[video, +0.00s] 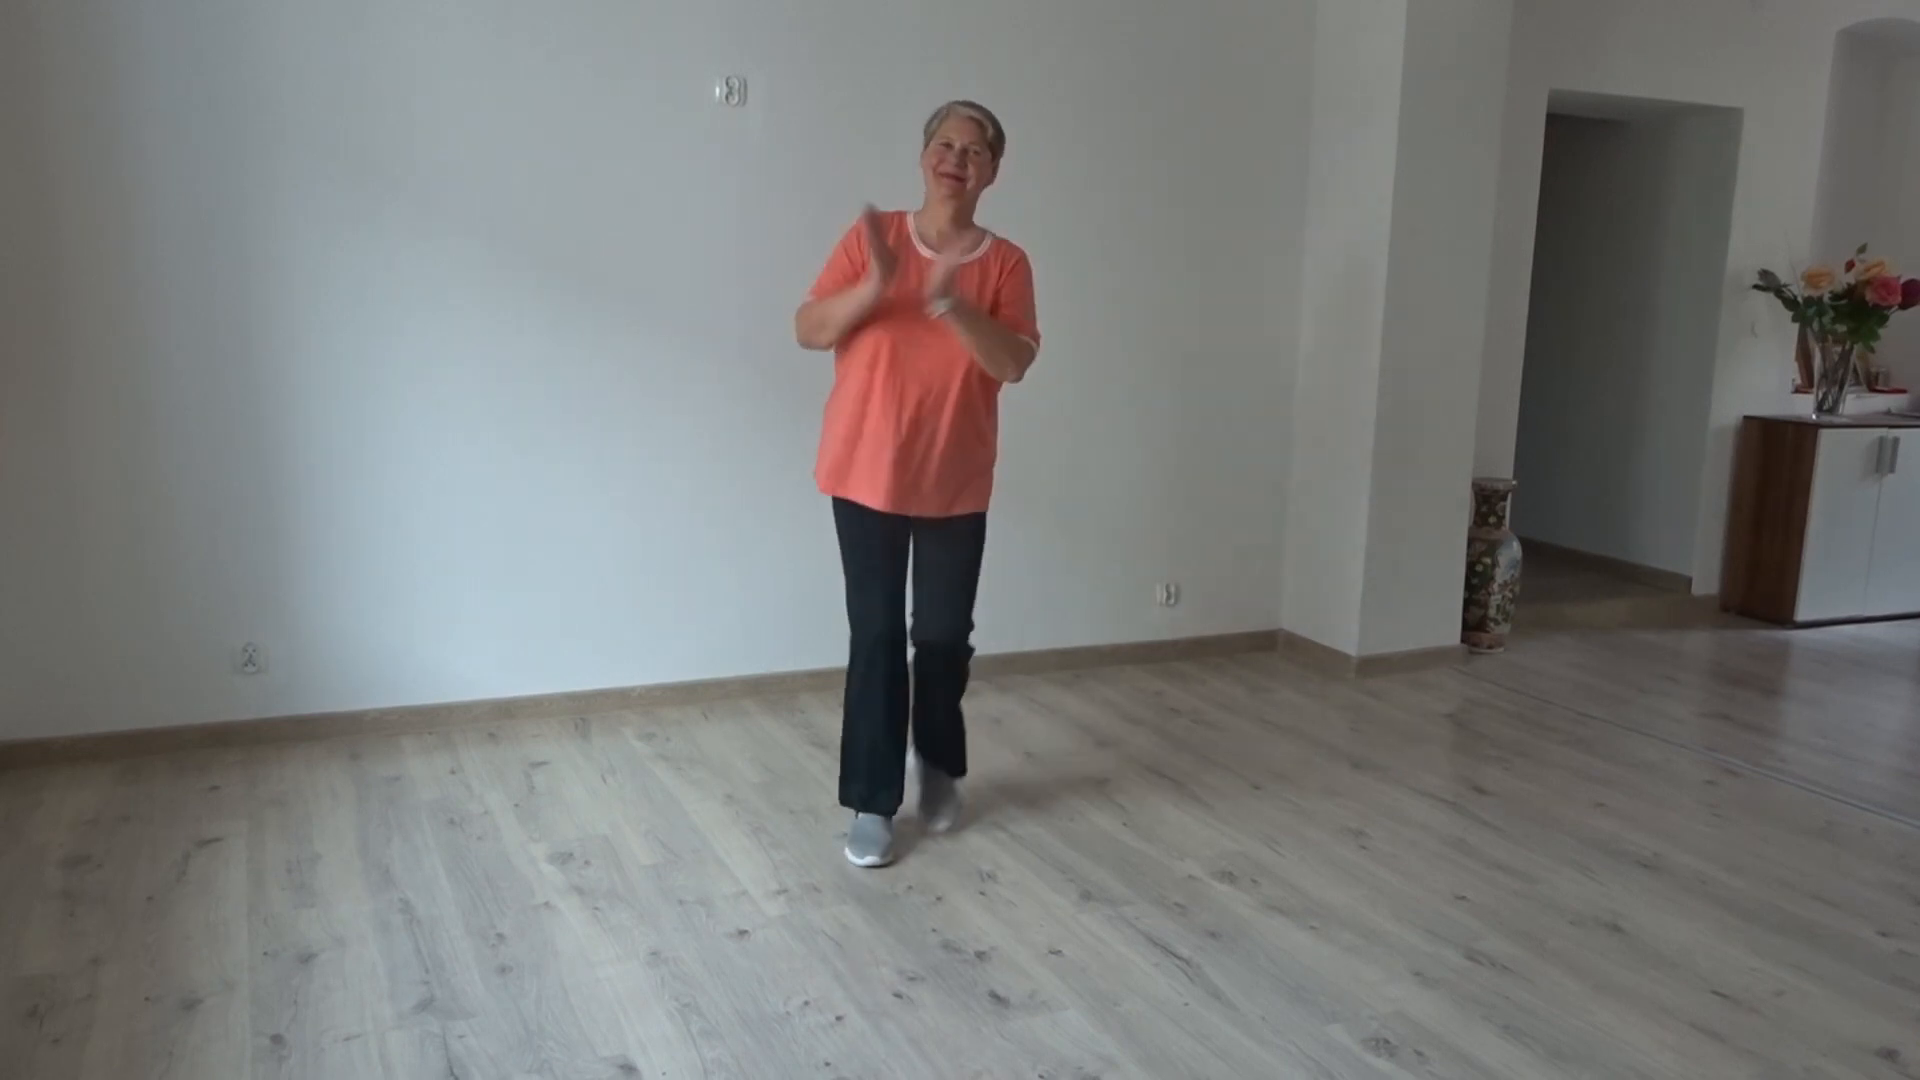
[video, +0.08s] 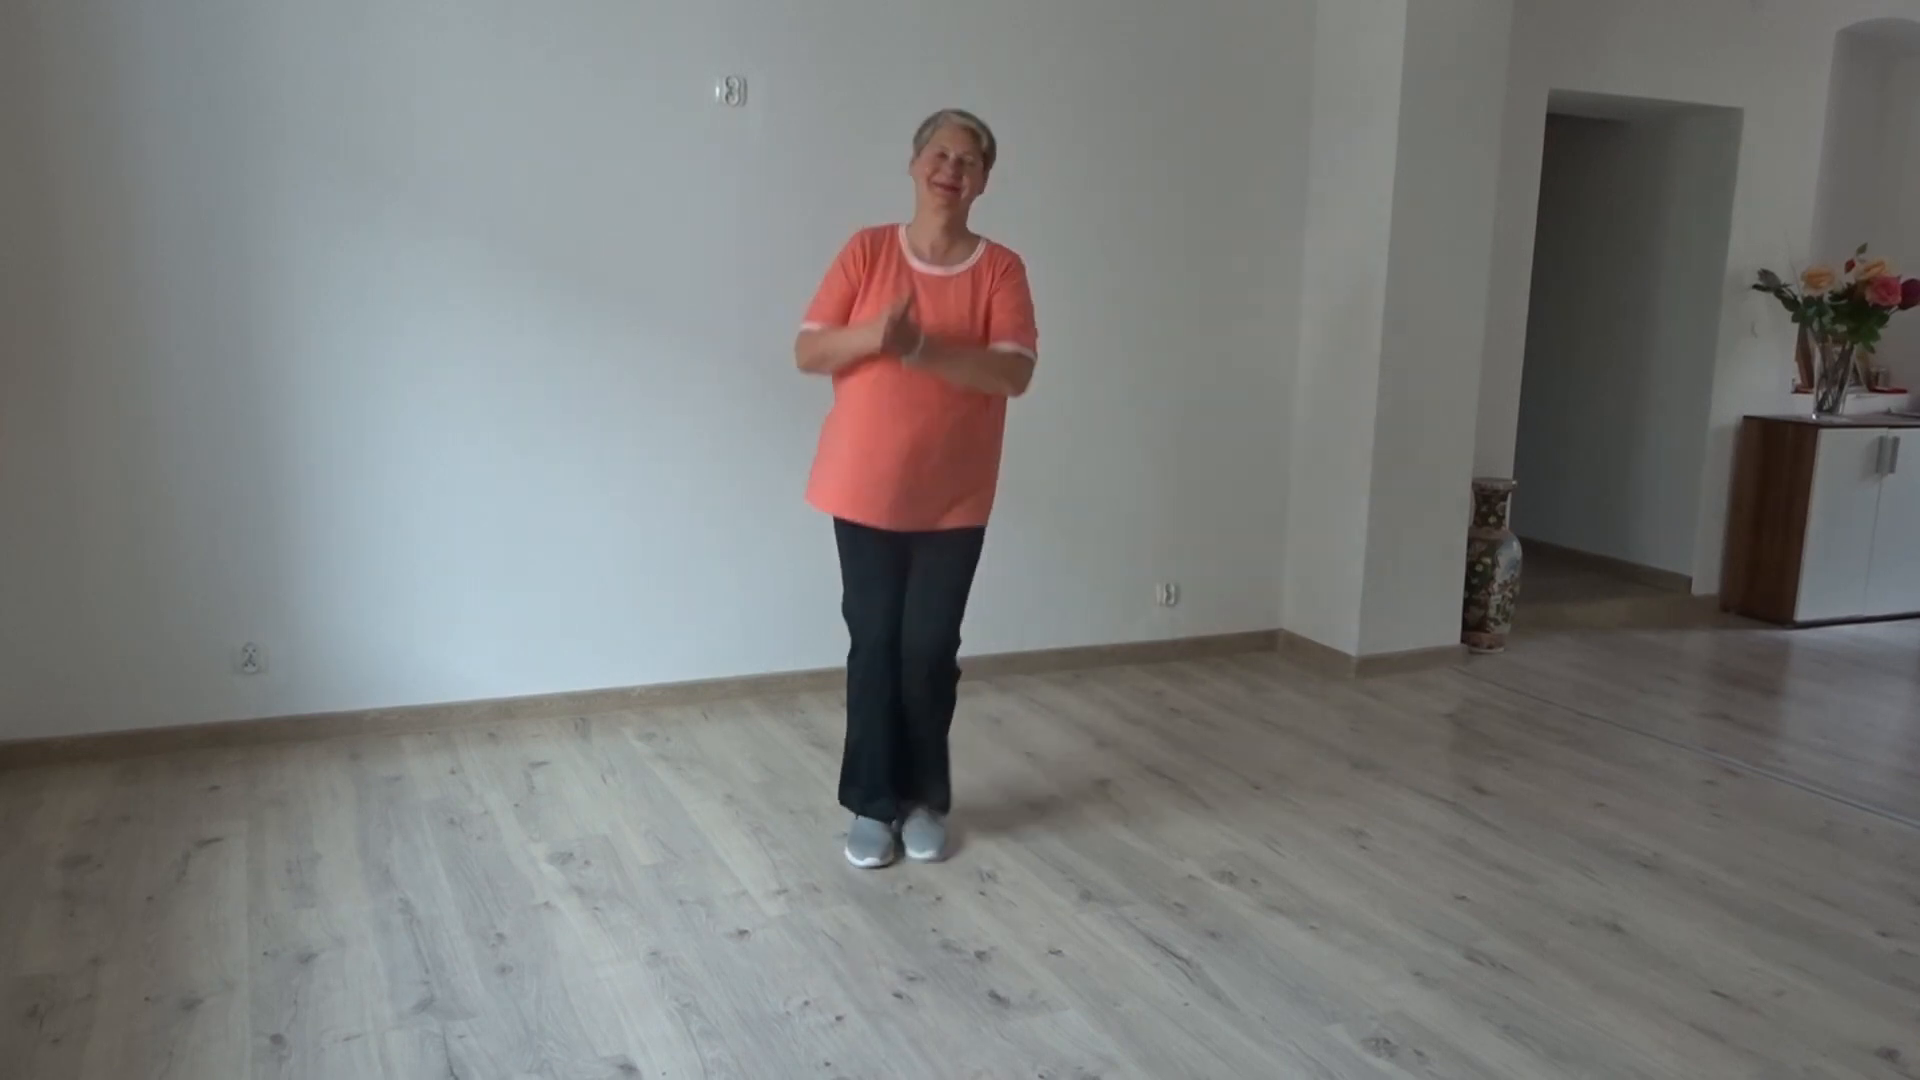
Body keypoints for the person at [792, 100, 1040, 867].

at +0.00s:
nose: (955, 159)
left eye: (973, 151)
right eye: (945, 146)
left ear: (993, 171)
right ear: (922, 156)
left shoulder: (1003, 261)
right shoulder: (874, 235)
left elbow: (1012, 364)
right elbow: (810, 328)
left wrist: (957, 307)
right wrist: (872, 290)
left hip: (955, 481)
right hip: (867, 472)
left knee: (942, 638)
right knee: (877, 639)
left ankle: (939, 766)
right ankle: (869, 804)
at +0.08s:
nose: (951, 169)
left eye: (967, 161)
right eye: (940, 155)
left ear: (983, 181)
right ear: (914, 165)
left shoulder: (1000, 268)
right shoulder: (867, 251)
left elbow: (1015, 373)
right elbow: (809, 349)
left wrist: (924, 350)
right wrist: (871, 335)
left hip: (954, 500)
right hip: (865, 494)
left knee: (930, 654)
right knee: (874, 650)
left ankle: (925, 804)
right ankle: (870, 808)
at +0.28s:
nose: (948, 169)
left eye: (961, 160)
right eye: (932, 157)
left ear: (975, 179)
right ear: (900, 173)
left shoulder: (1005, 270)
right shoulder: (864, 269)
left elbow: (1053, 377)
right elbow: (805, 362)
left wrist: (985, 427)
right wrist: (815, 409)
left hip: (978, 498)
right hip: (880, 498)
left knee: (996, 652)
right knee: (880, 660)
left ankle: (967, 784)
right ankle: (871, 817)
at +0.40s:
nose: (956, 154)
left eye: (970, 144)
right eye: (940, 143)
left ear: (986, 163)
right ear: (910, 162)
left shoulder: (1023, 255)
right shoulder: (877, 259)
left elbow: (1090, 356)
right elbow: (817, 346)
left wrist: (1062, 371)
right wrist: (820, 364)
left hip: (1005, 482)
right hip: (902, 485)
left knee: (1050, 644)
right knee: (894, 653)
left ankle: (1064, 806)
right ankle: (871, 818)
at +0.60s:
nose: (1005, 167)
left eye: (1016, 155)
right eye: (989, 156)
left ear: (1035, 172)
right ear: (957, 175)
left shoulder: (1082, 260)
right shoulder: (934, 273)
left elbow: (1135, 373)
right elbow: (894, 386)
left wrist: (1115, 303)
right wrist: (916, 305)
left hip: (1063, 489)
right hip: (960, 490)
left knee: (1118, 662)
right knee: (929, 657)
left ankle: (1184, 835)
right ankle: (878, 819)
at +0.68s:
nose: (1036, 172)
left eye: (1047, 160)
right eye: (1018, 163)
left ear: (1065, 175)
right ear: (988, 182)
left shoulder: (1108, 261)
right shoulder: (972, 276)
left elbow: (1158, 364)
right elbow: (947, 389)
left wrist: (1085, 319)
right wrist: (1019, 324)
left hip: (1104, 499)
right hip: (1000, 500)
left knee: (1148, 671)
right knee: (954, 665)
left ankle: (1185, 841)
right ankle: (882, 816)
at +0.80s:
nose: (1081, 165)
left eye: (1092, 153)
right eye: (1064, 156)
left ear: (1110, 169)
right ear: (1033, 178)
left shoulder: (1155, 253)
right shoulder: (1022, 275)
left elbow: (1223, 352)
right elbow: (1002, 390)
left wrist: (1157, 305)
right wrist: (1060, 300)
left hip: (1160, 495)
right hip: (1056, 502)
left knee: (1182, 681)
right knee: (1017, 668)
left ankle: (1192, 848)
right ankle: (910, 800)